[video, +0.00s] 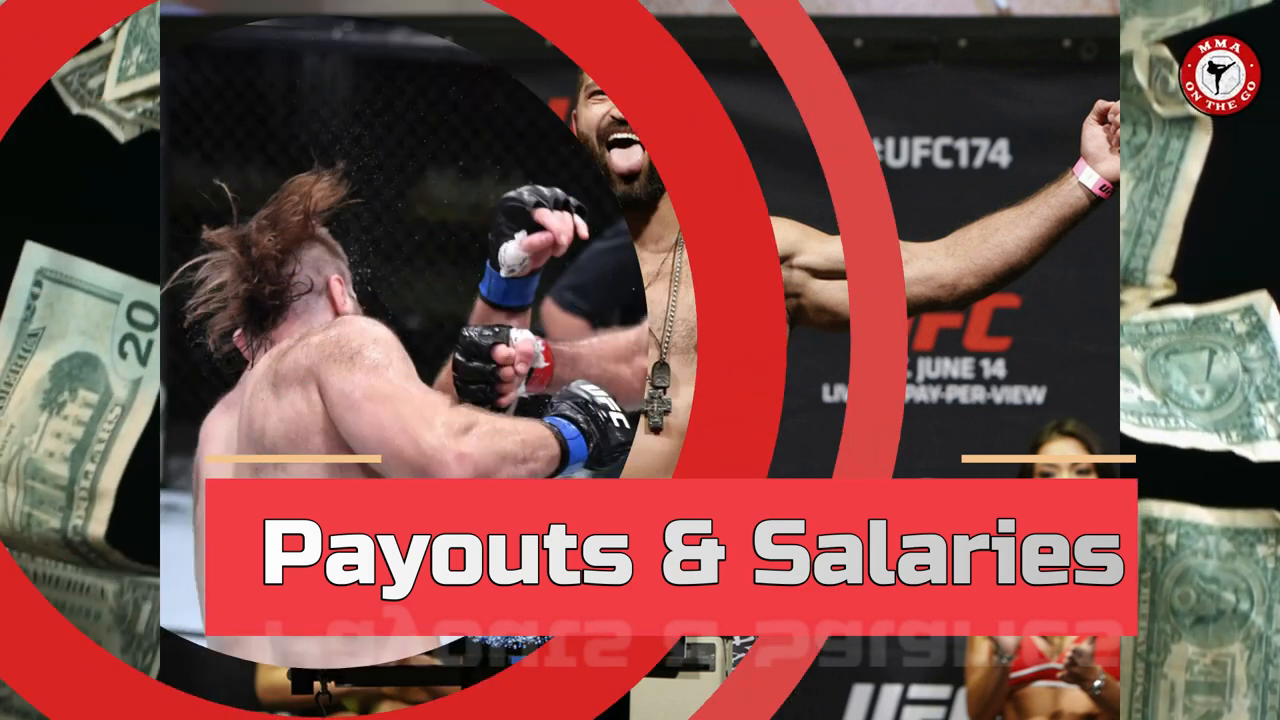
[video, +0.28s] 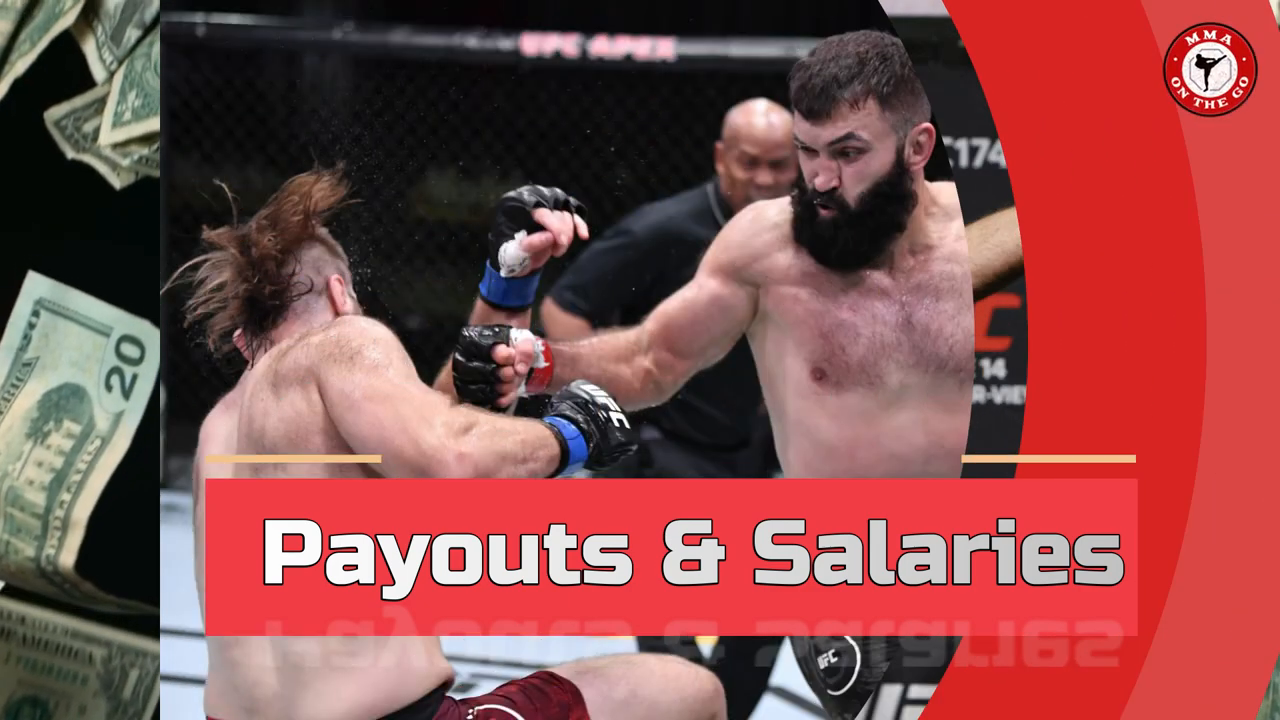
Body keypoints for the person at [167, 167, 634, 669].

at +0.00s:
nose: (360, 310)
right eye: (356, 294)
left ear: (243, 345)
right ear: (338, 294)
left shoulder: (216, 426)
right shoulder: (345, 342)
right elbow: (452, 455)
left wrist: (509, 280)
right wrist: (575, 430)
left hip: (274, 689)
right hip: (407, 673)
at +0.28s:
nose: (364, 307)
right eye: (356, 289)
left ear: (243, 345)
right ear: (340, 290)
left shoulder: (217, 427)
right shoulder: (347, 344)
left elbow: (442, 425)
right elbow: (453, 456)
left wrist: (508, 284)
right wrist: (576, 431)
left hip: (239, 714)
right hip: (396, 709)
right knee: (691, 687)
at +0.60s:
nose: (363, 306)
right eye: (356, 289)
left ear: (243, 345)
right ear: (340, 291)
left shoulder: (216, 429)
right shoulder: (347, 345)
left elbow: (442, 425)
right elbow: (453, 456)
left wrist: (508, 284)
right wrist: (575, 432)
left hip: (237, 715)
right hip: (394, 709)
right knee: (691, 687)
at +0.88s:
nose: (363, 307)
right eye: (356, 289)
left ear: (243, 345)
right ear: (340, 291)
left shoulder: (216, 429)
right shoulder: (346, 345)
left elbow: (444, 426)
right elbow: (454, 455)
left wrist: (508, 284)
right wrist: (576, 431)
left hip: (237, 714)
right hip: (394, 710)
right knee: (691, 687)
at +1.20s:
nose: (365, 311)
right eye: (358, 292)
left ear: (244, 344)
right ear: (341, 291)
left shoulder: (219, 425)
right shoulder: (346, 347)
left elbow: (450, 422)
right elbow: (448, 452)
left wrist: (508, 284)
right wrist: (576, 432)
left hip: (242, 714)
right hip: (396, 710)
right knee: (691, 687)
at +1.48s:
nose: (366, 312)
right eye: (358, 293)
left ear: (243, 344)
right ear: (341, 291)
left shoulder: (218, 426)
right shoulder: (344, 347)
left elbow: (444, 432)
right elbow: (447, 467)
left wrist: (508, 284)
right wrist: (575, 432)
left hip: (241, 712)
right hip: (397, 708)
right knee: (691, 688)